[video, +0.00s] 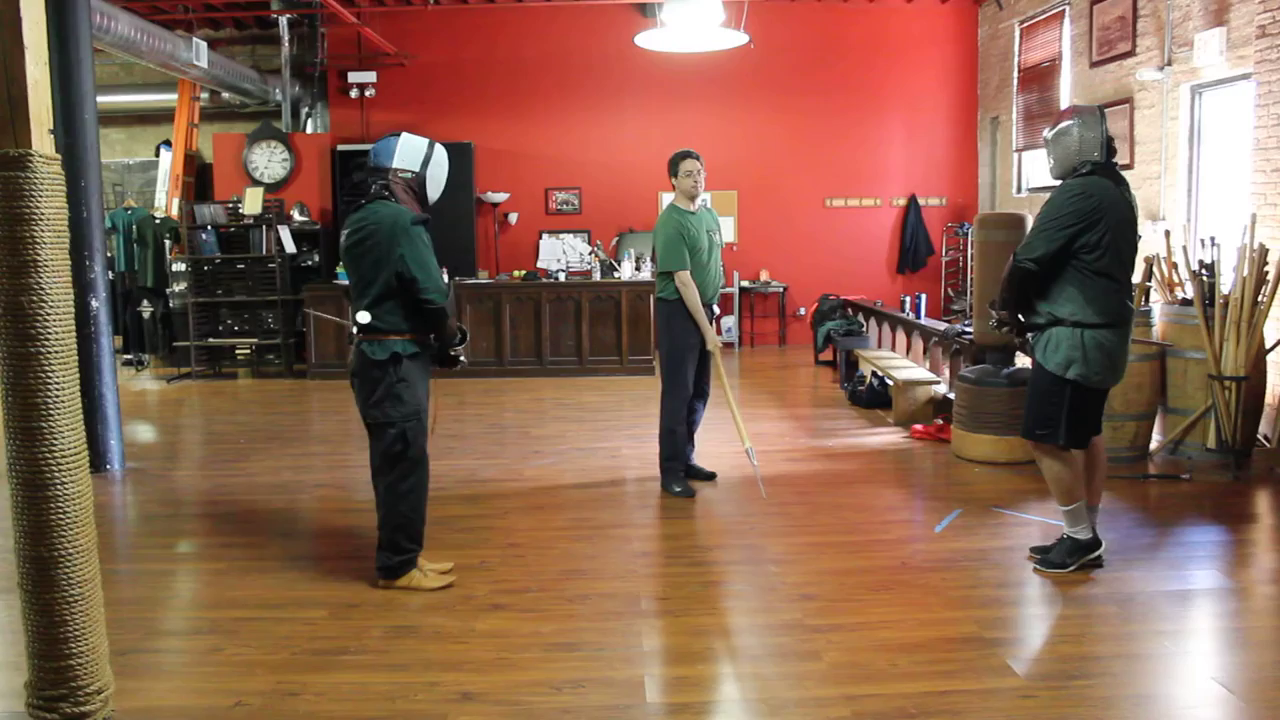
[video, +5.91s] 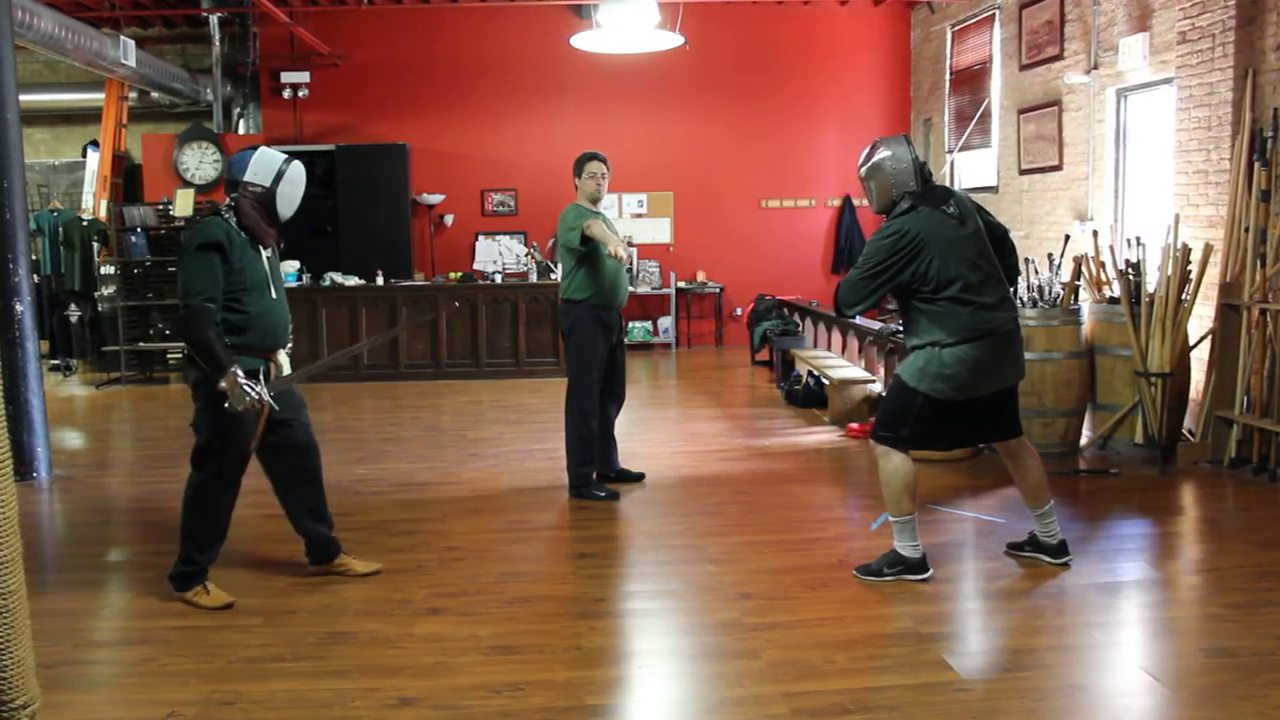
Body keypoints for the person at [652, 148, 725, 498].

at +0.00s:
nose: (697, 178)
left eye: (700, 173)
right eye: (689, 174)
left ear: (705, 177)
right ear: (674, 181)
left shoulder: (708, 215)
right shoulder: (671, 223)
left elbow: (713, 261)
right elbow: (683, 280)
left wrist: (715, 304)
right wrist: (707, 329)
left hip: (704, 308)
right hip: (677, 310)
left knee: (698, 391)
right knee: (677, 391)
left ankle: (683, 460)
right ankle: (671, 472)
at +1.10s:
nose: (651, 178)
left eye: (655, 172)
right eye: (643, 174)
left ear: (662, 177)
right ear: (632, 181)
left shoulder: (668, 216)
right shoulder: (629, 221)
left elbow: (671, 263)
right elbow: (640, 278)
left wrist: (671, 306)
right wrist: (661, 326)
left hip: (660, 306)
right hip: (633, 307)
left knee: (655, 389)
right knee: (636, 389)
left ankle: (643, 459)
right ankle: (634, 468)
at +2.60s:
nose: (628, 179)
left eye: (632, 174)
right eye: (621, 174)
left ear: (638, 179)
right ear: (608, 181)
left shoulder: (640, 219)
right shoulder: (605, 217)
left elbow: (652, 258)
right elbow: (621, 255)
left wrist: (652, 296)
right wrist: (648, 285)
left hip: (633, 308)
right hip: (607, 308)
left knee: (632, 389)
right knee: (611, 389)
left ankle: (620, 460)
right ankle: (610, 469)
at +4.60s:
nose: (601, 180)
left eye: (605, 175)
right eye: (594, 175)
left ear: (609, 181)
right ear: (579, 180)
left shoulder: (605, 220)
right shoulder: (574, 213)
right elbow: (598, 231)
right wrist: (620, 246)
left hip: (609, 314)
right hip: (584, 314)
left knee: (610, 395)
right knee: (584, 396)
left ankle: (606, 467)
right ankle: (580, 480)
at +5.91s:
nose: (599, 181)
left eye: (603, 176)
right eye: (591, 176)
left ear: (608, 181)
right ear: (577, 181)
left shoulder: (603, 219)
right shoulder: (573, 213)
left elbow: (612, 250)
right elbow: (592, 228)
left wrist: (623, 249)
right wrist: (613, 243)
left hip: (609, 315)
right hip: (583, 315)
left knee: (610, 395)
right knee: (584, 396)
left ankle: (606, 467)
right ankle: (581, 480)